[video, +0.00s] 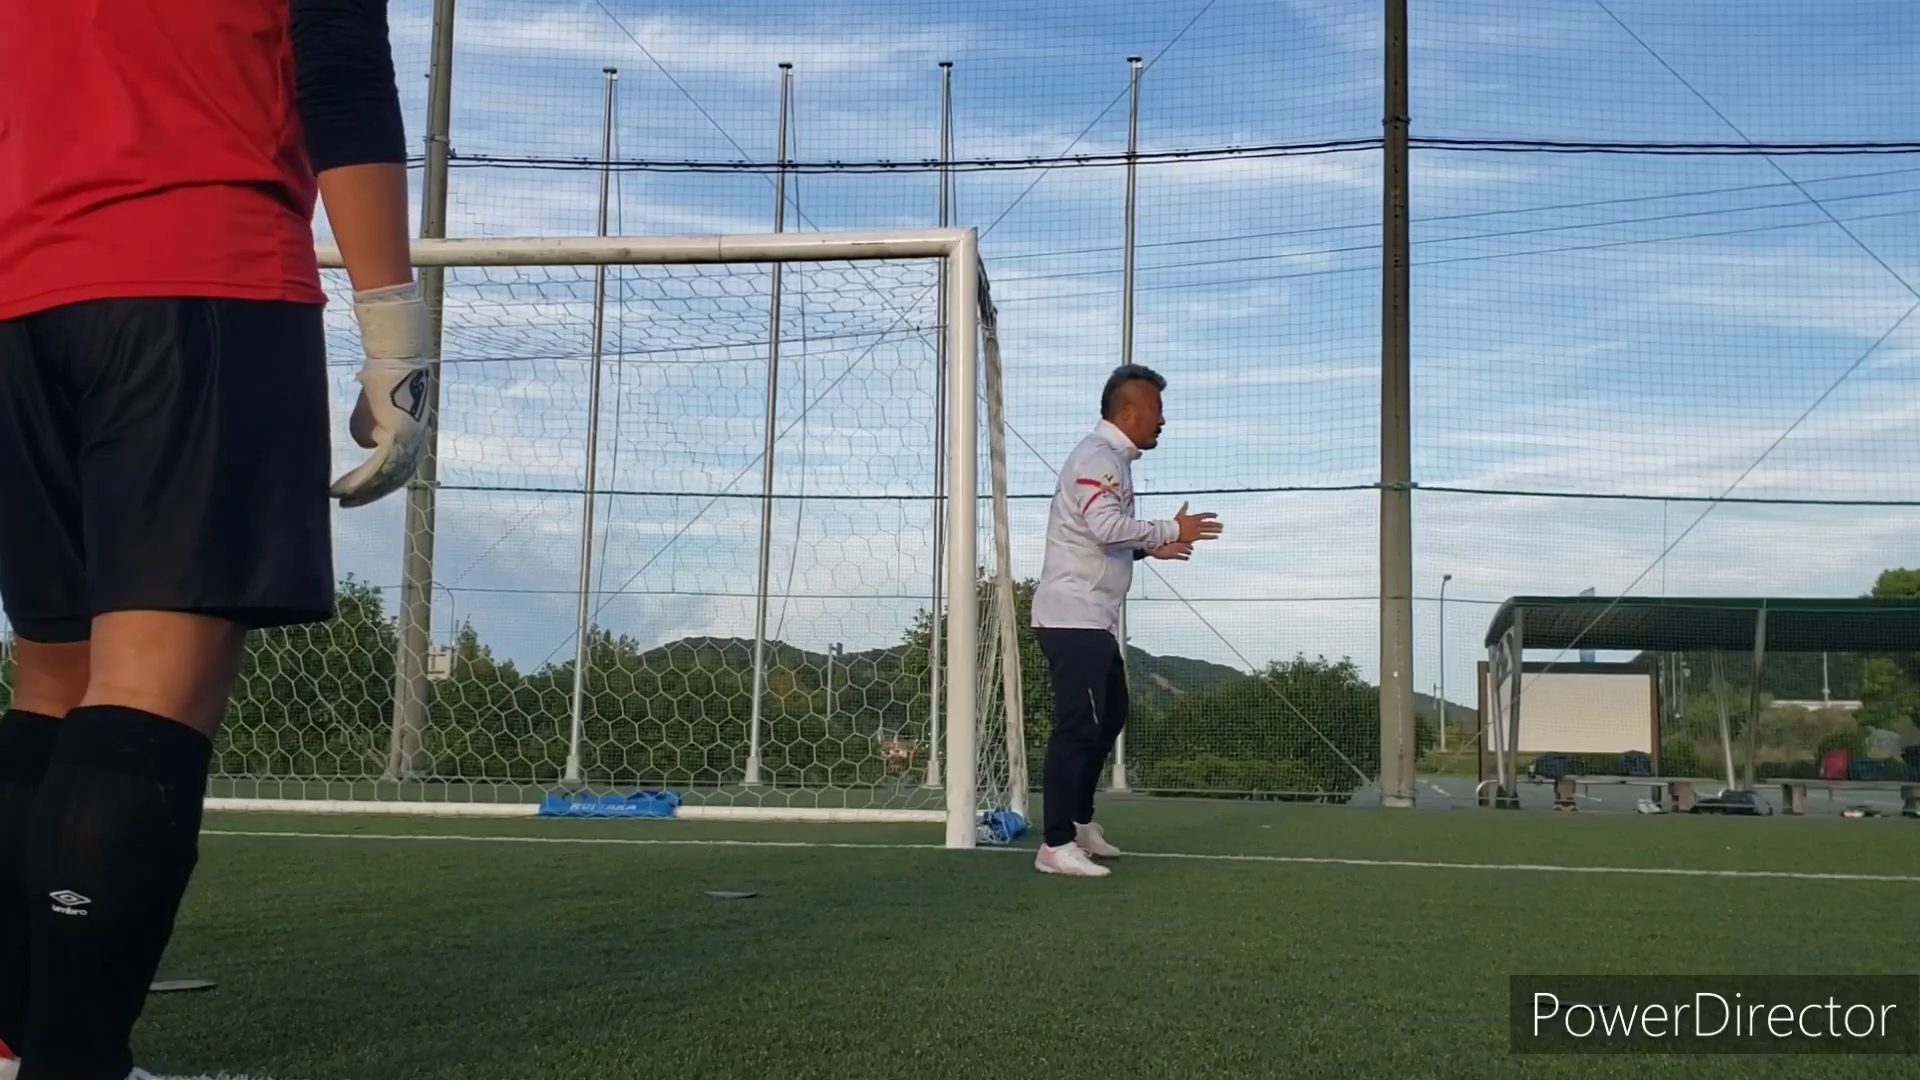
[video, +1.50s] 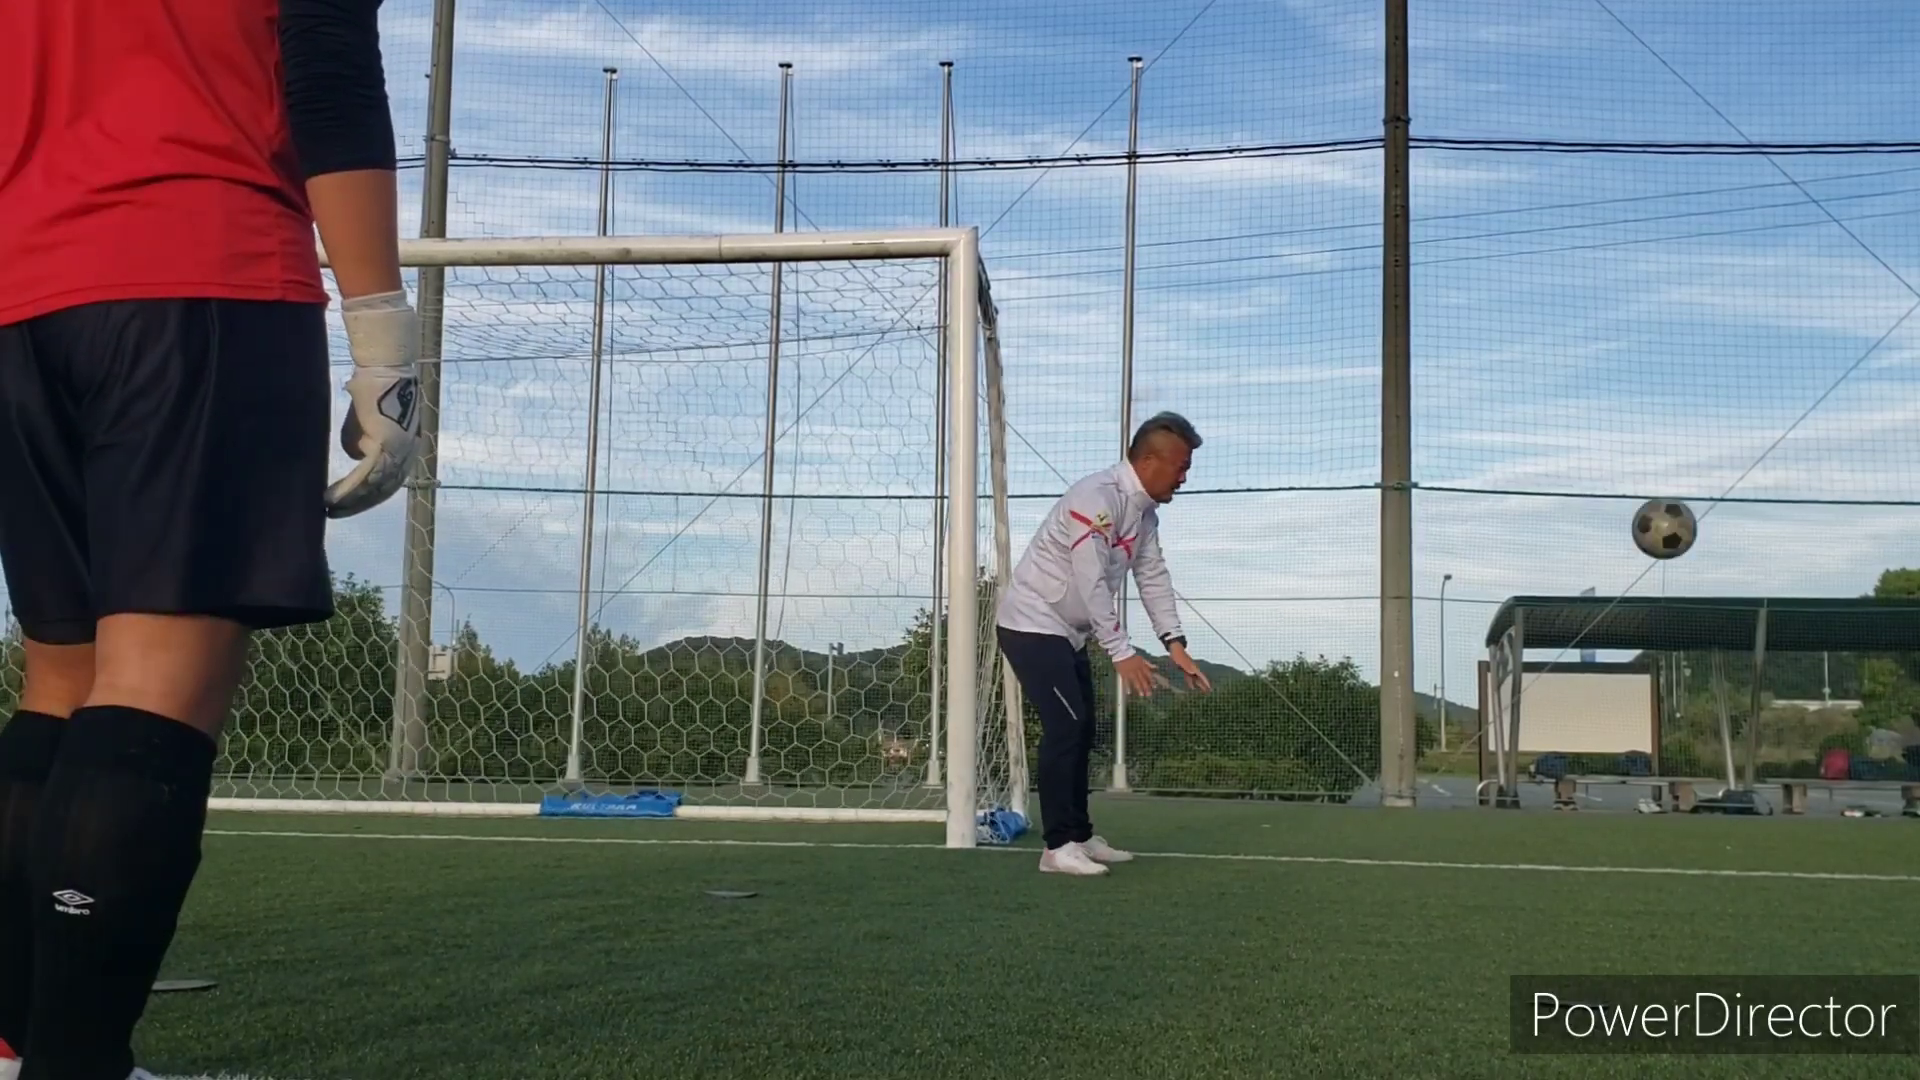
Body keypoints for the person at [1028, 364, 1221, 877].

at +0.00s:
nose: (1162, 420)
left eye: (1162, 409)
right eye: (1156, 408)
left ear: (1127, 410)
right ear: (1126, 408)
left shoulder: (1113, 461)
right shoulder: (1096, 456)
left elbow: (1107, 536)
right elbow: (1105, 526)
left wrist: (1150, 547)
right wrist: (1169, 530)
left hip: (1094, 615)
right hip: (1071, 613)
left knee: (1110, 711)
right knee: (1078, 722)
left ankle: (1076, 821)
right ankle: (1055, 845)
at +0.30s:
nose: (1170, 425)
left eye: (1170, 415)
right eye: (1164, 414)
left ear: (1138, 415)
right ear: (1132, 413)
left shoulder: (1126, 471)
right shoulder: (1098, 458)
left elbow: (1119, 545)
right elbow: (1092, 521)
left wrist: (1164, 545)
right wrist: (1162, 531)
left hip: (1102, 617)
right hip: (1077, 614)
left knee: (1099, 727)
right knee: (1081, 726)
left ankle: (1085, 833)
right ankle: (1059, 841)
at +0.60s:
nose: (1169, 430)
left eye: (1168, 421)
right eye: (1162, 420)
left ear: (1138, 422)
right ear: (1129, 421)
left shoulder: (1125, 477)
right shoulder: (1097, 464)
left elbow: (1127, 548)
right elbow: (1112, 524)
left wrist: (1174, 530)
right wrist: (1178, 506)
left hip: (1101, 622)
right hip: (1075, 618)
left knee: (1103, 730)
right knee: (1083, 728)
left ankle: (1083, 836)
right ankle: (1060, 844)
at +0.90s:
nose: (1159, 427)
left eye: (1157, 418)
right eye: (1151, 418)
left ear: (1128, 422)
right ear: (1120, 419)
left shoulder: (1125, 477)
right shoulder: (1091, 467)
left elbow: (1171, 527)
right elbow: (1146, 510)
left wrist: (1202, 487)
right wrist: (1191, 467)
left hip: (1101, 623)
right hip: (1070, 618)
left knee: (1108, 730)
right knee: (1091, 727)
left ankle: (1083, 836)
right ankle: (1060, 845)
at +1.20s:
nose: (1182, 472)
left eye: (1184, 462)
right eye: (1177, 461)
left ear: (1154, 458)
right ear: (1148, 454)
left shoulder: (1143, 509)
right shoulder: (1095, 496)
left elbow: (1169, 566)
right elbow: (1107, 577)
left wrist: (1205, 630)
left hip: (1069, 628)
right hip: (1033, 621)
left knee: (1087, 727)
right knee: (1070, 724)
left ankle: (1079, 837)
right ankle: (1058, 847)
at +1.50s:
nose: (1184, 478)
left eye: (1187, 468)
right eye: (1182, 467)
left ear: (1155, 460)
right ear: (1151, 459)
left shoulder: (1142, 513)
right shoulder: (1097, 496)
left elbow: (1154, 579)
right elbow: (1091, 584)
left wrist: (1174, 643)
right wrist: (1122, 653)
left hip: (1068, 628)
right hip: (1031, 623)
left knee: (1082, 728)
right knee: (1065, 726)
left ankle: (1079, 838)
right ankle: (1058, 848)